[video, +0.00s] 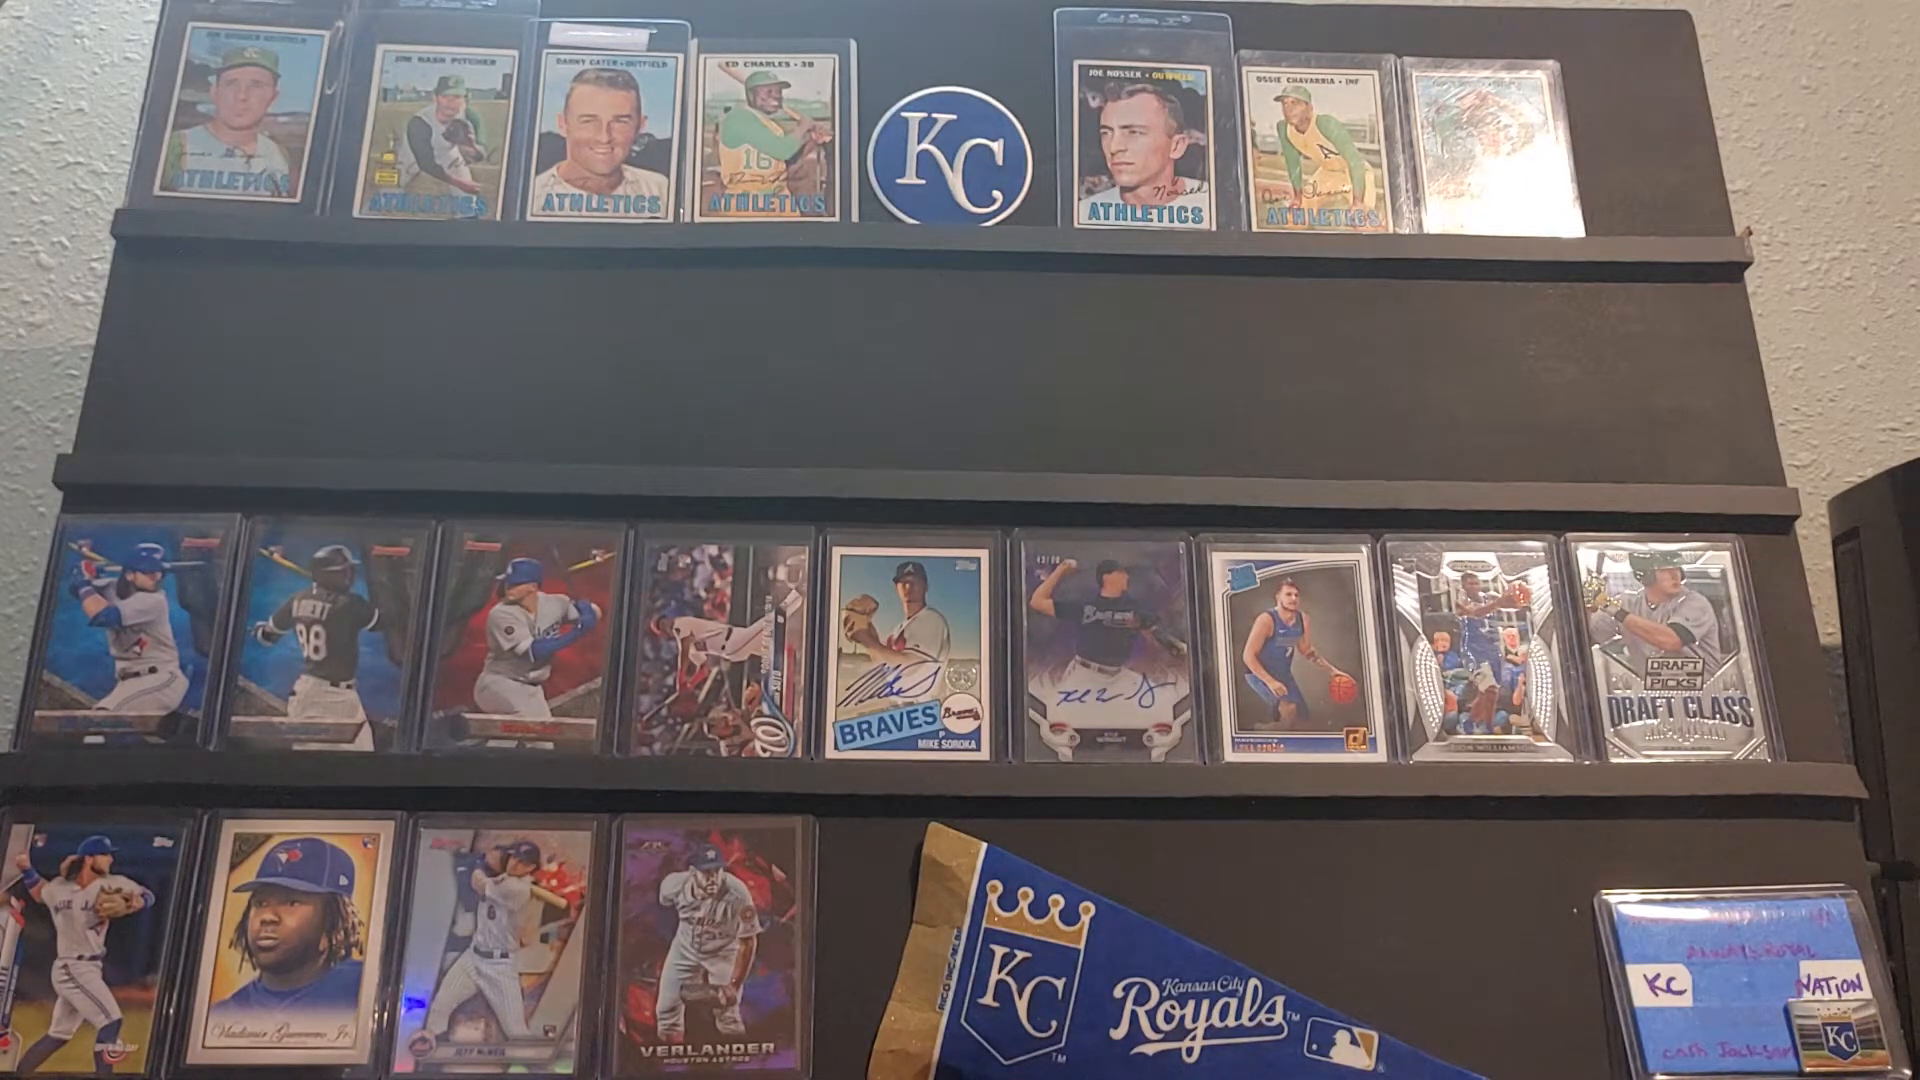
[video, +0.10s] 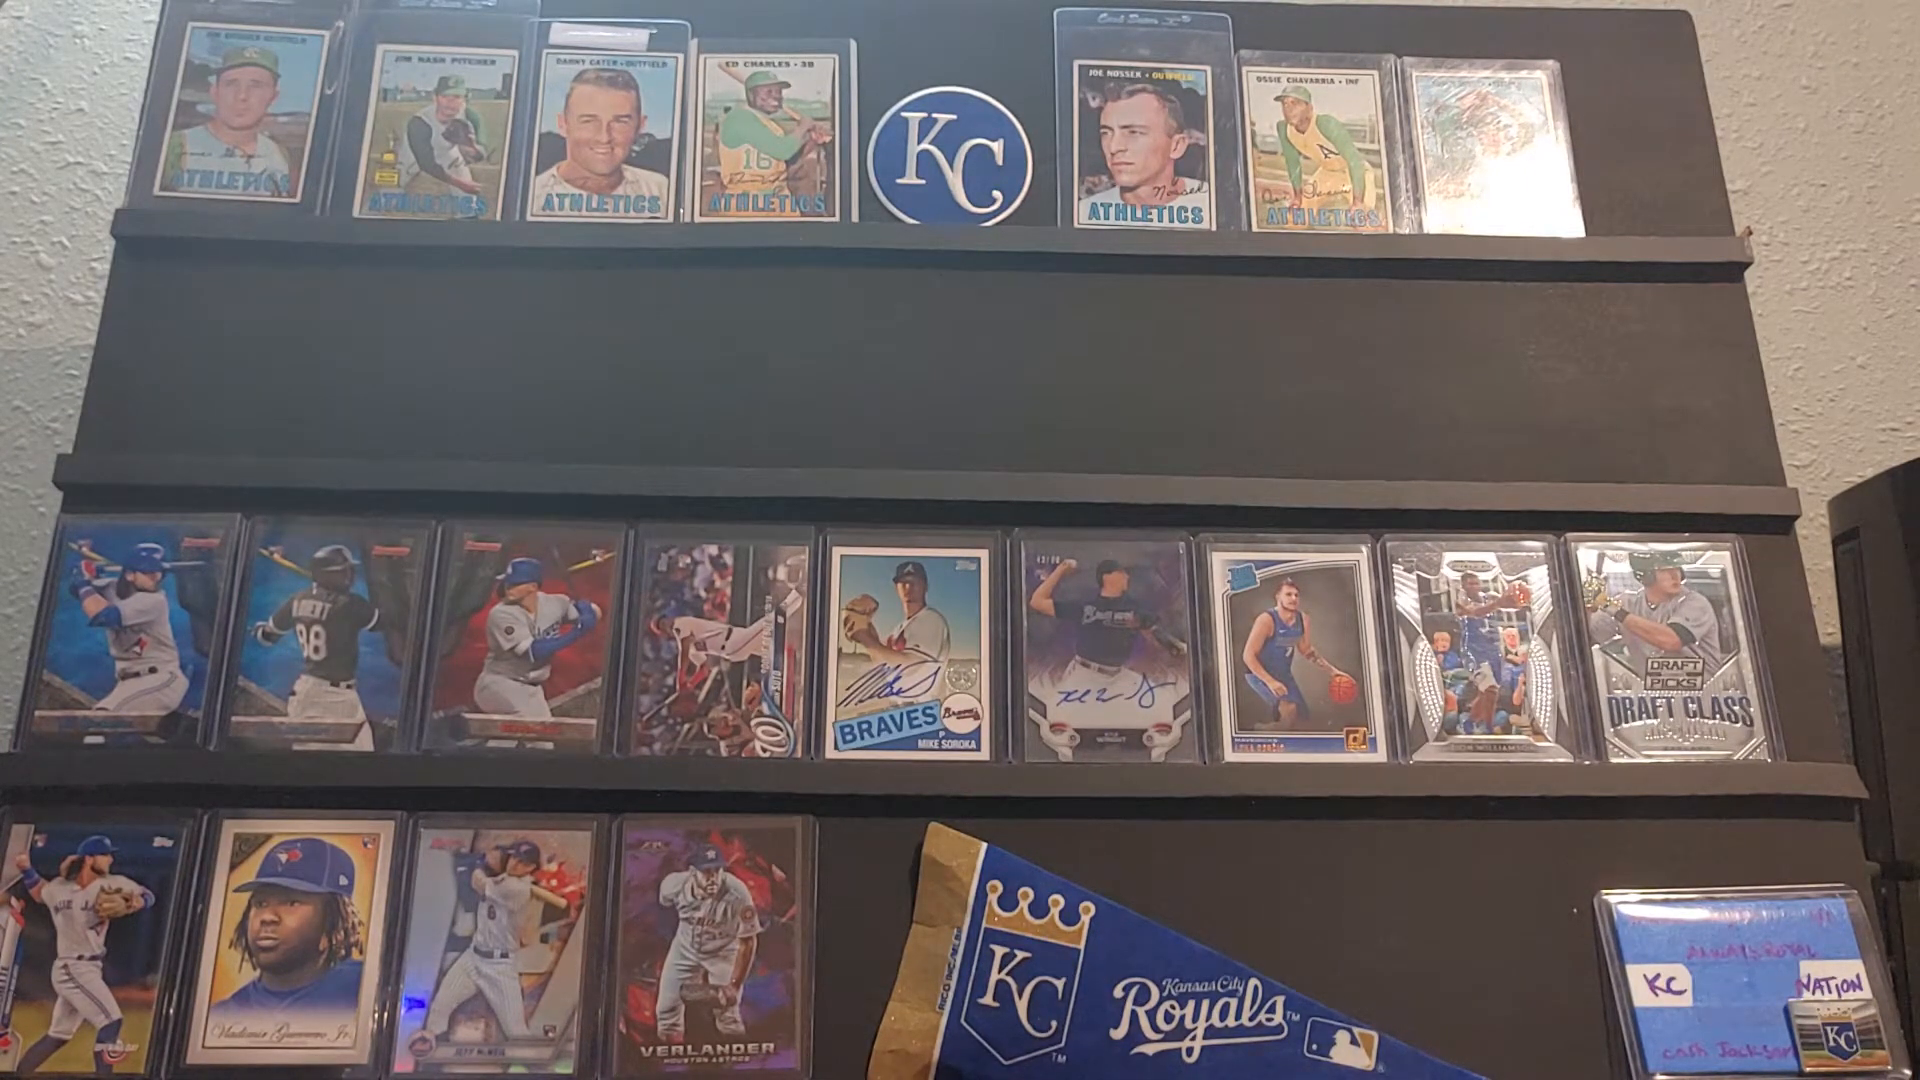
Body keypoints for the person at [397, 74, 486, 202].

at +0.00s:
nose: (451, 101)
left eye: (456, 97)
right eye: (446, 96)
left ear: (464, 101)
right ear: (436, 98)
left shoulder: (470, 116)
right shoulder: (419, 123)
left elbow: (481, 153)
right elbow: (427, 165)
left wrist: (470, 150)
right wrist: (461, 185)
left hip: (454, 164)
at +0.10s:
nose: (451, 101)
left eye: (456, 97)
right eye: (446, 96)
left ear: (464, 100)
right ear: (436, 98)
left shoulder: (470, 116)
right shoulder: (419, 123)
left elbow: (480, 154)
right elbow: (427, 166)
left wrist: (467, 147)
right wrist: (461, 185)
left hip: (455, 166)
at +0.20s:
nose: (451, 102)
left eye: (457, 97)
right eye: (446, 96)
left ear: (464, 101)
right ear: (436, 98)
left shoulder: (470, 117)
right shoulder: (419, 123)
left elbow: (480, 154)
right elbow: (427, 166)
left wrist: (467, 148)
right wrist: (462, 185)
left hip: (455, 165)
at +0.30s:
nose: (451, 102)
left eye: (457, 97)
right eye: (446, 96)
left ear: (464, 101)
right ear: (436, 98)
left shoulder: (470, 117)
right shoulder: (419, 123)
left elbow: (480, 154)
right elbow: (427, 166)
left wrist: (467, 148)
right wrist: (462, 185)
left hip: (455, 165)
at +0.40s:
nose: (451, 102)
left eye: (457, 97)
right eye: (446, 96)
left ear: (464, 101)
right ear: (436, 98)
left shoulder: (470, 117)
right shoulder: (419, 123)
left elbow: (480, 154)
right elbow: (427, 166)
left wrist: (467, 148)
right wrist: (462, 185)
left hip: (455, 165)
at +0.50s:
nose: (451, 102)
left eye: (457, 97)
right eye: (446, 96)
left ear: (464, 101)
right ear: (436, 98)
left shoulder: (470, 117)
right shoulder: (419, 123)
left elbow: (480, 154)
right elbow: (427, 166)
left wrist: (467, 148)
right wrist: (462, 185)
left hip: (455, 165)